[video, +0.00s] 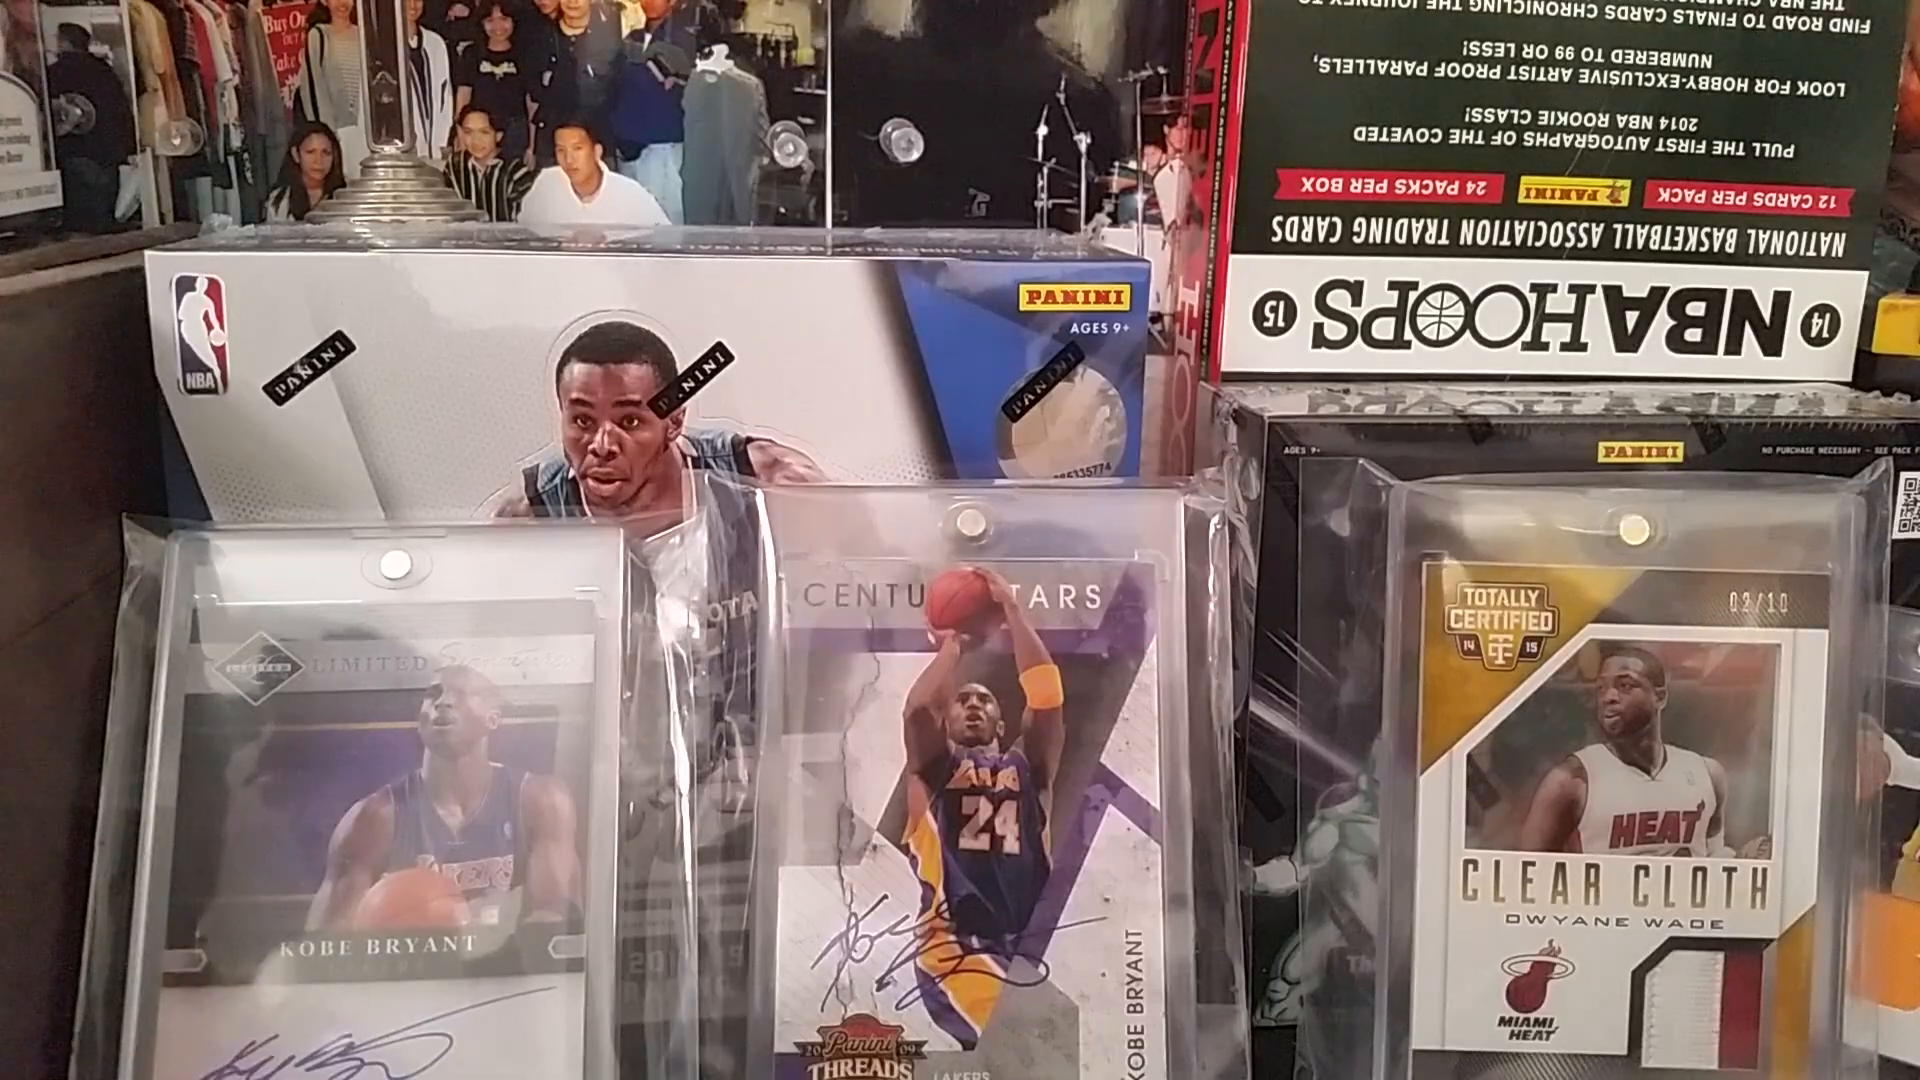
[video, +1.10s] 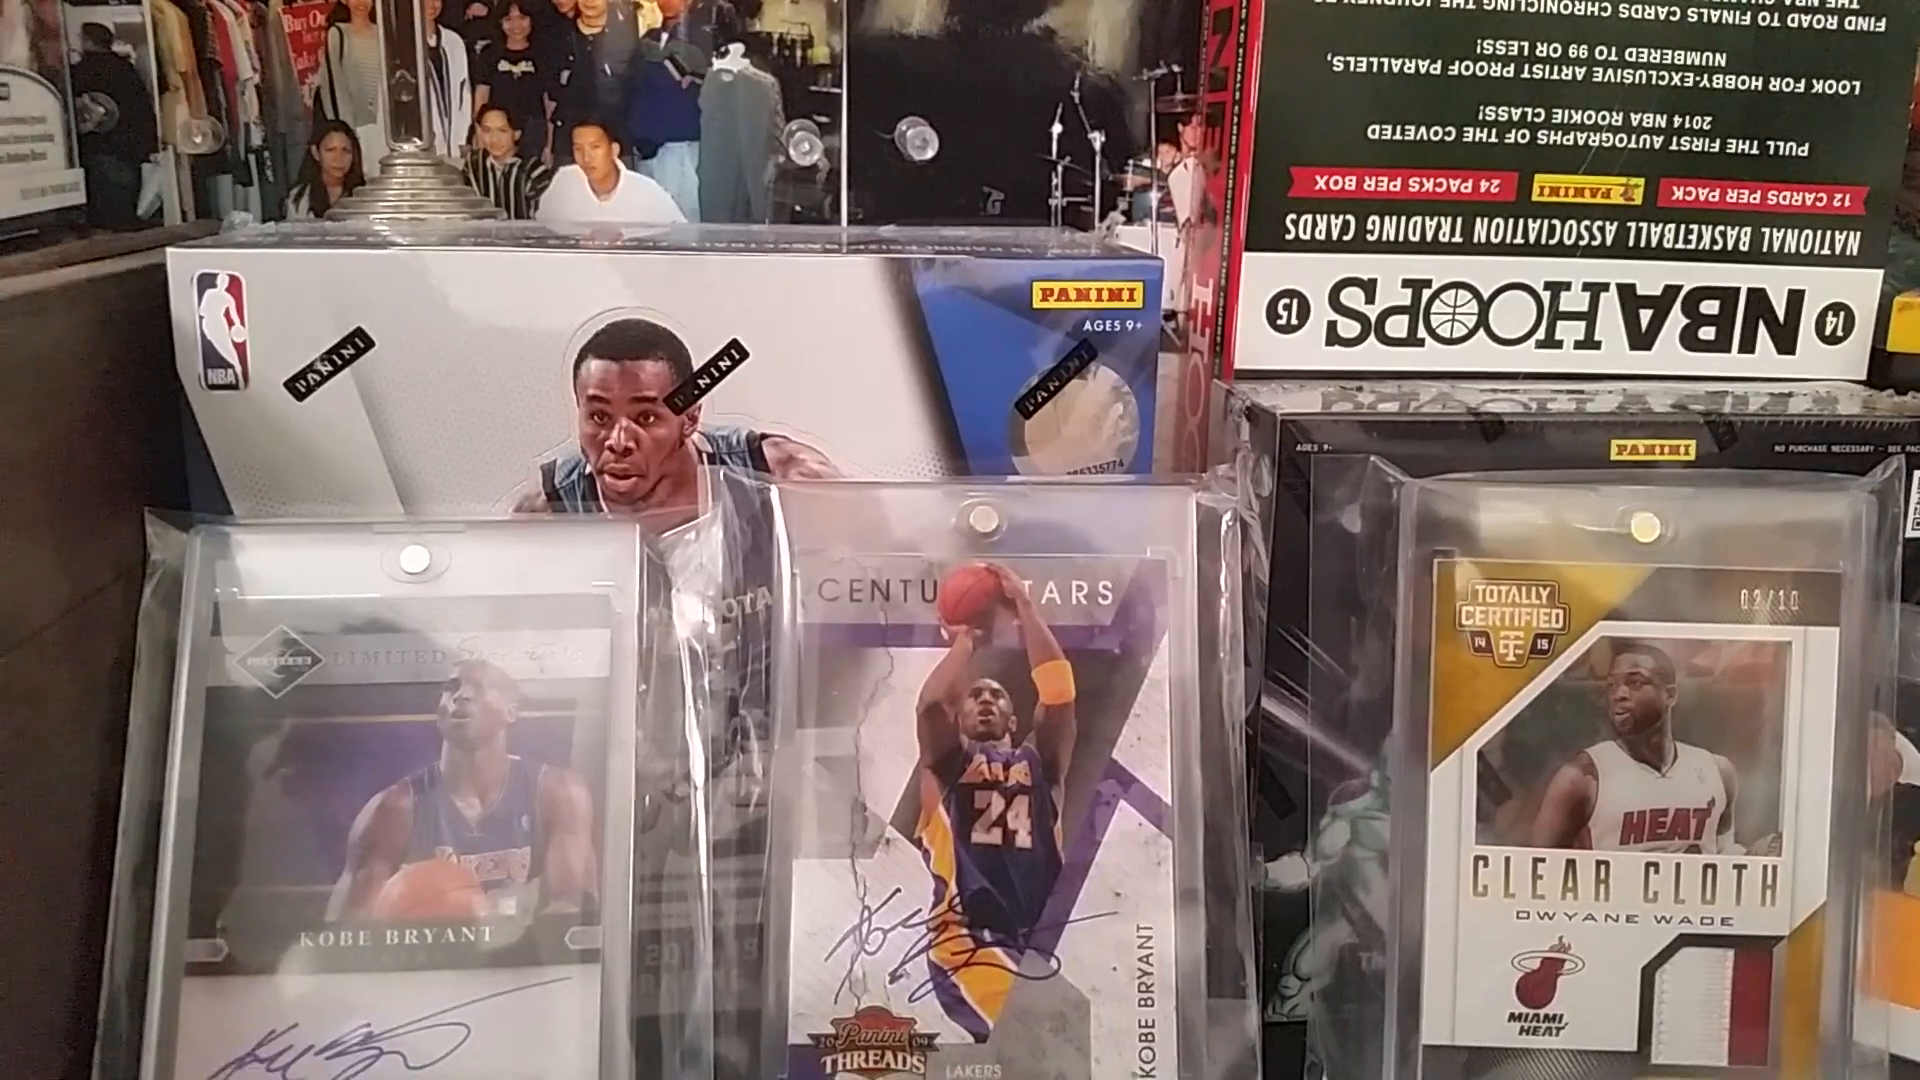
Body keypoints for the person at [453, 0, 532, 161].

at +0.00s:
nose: (497, 26)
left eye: (504, 19)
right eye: (490, 20)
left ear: (513, 23)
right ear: (483, 25)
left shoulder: (523, 55)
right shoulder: (472, 53)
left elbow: (532, 102)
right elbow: (463, 96)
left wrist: (531, 145)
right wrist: (461, 136)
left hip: (515, 131)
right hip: (480, 133)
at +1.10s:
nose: (516, 24)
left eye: (522, 17)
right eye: (508, 19)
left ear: (531, 21)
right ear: (501, 24)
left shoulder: (541, 54)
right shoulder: (491, 53)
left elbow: (549, 101)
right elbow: (482, 94)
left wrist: (549, 145)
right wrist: (479, 133)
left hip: (533, 128)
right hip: (499, 129)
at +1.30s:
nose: (535, 24)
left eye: (540, 17)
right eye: (529, 18)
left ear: (548, 23)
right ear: (522, 23)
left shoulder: (558, 54)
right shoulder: (508, 53)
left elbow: (566, 101)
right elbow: (499, 94)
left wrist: (566, 144)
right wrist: (496, 132)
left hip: (550, 129)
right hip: (515, 130)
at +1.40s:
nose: (542, 25)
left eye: (542, 20)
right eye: (536, 20)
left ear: (545, 25)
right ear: (521, 26)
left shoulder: (557, 56)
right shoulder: (507, 55)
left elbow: (565, 103)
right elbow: (498, 96)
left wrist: (564, 145)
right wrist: (495, 134)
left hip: (548, 131)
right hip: (514, 132)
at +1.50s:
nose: (500, 31)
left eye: (507, 25)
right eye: (497, 25)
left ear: (520, 29)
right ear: (491, 30)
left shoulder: (531, 63)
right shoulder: (480, 61)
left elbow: (538, 108)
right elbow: (472, 100)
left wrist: (538, 148)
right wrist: (465, 140)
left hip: (520, 135)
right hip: (485, 137)